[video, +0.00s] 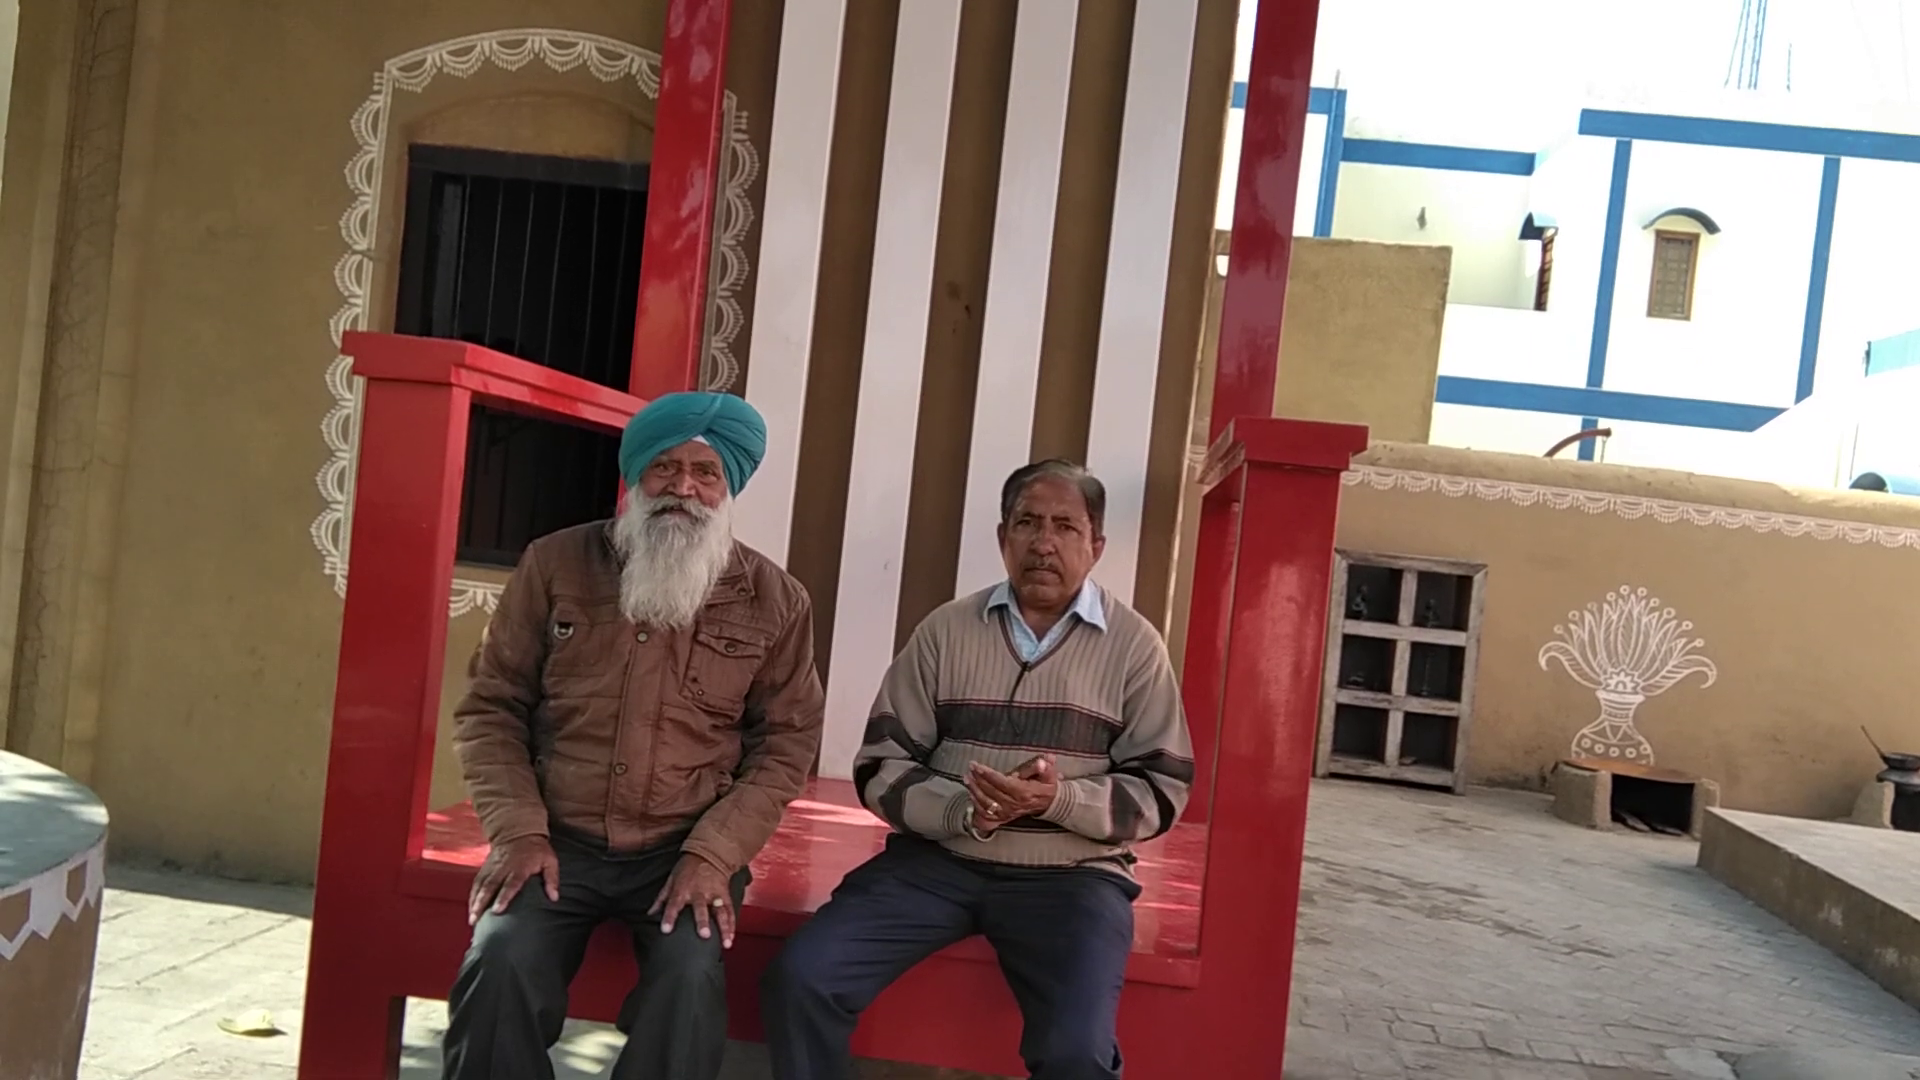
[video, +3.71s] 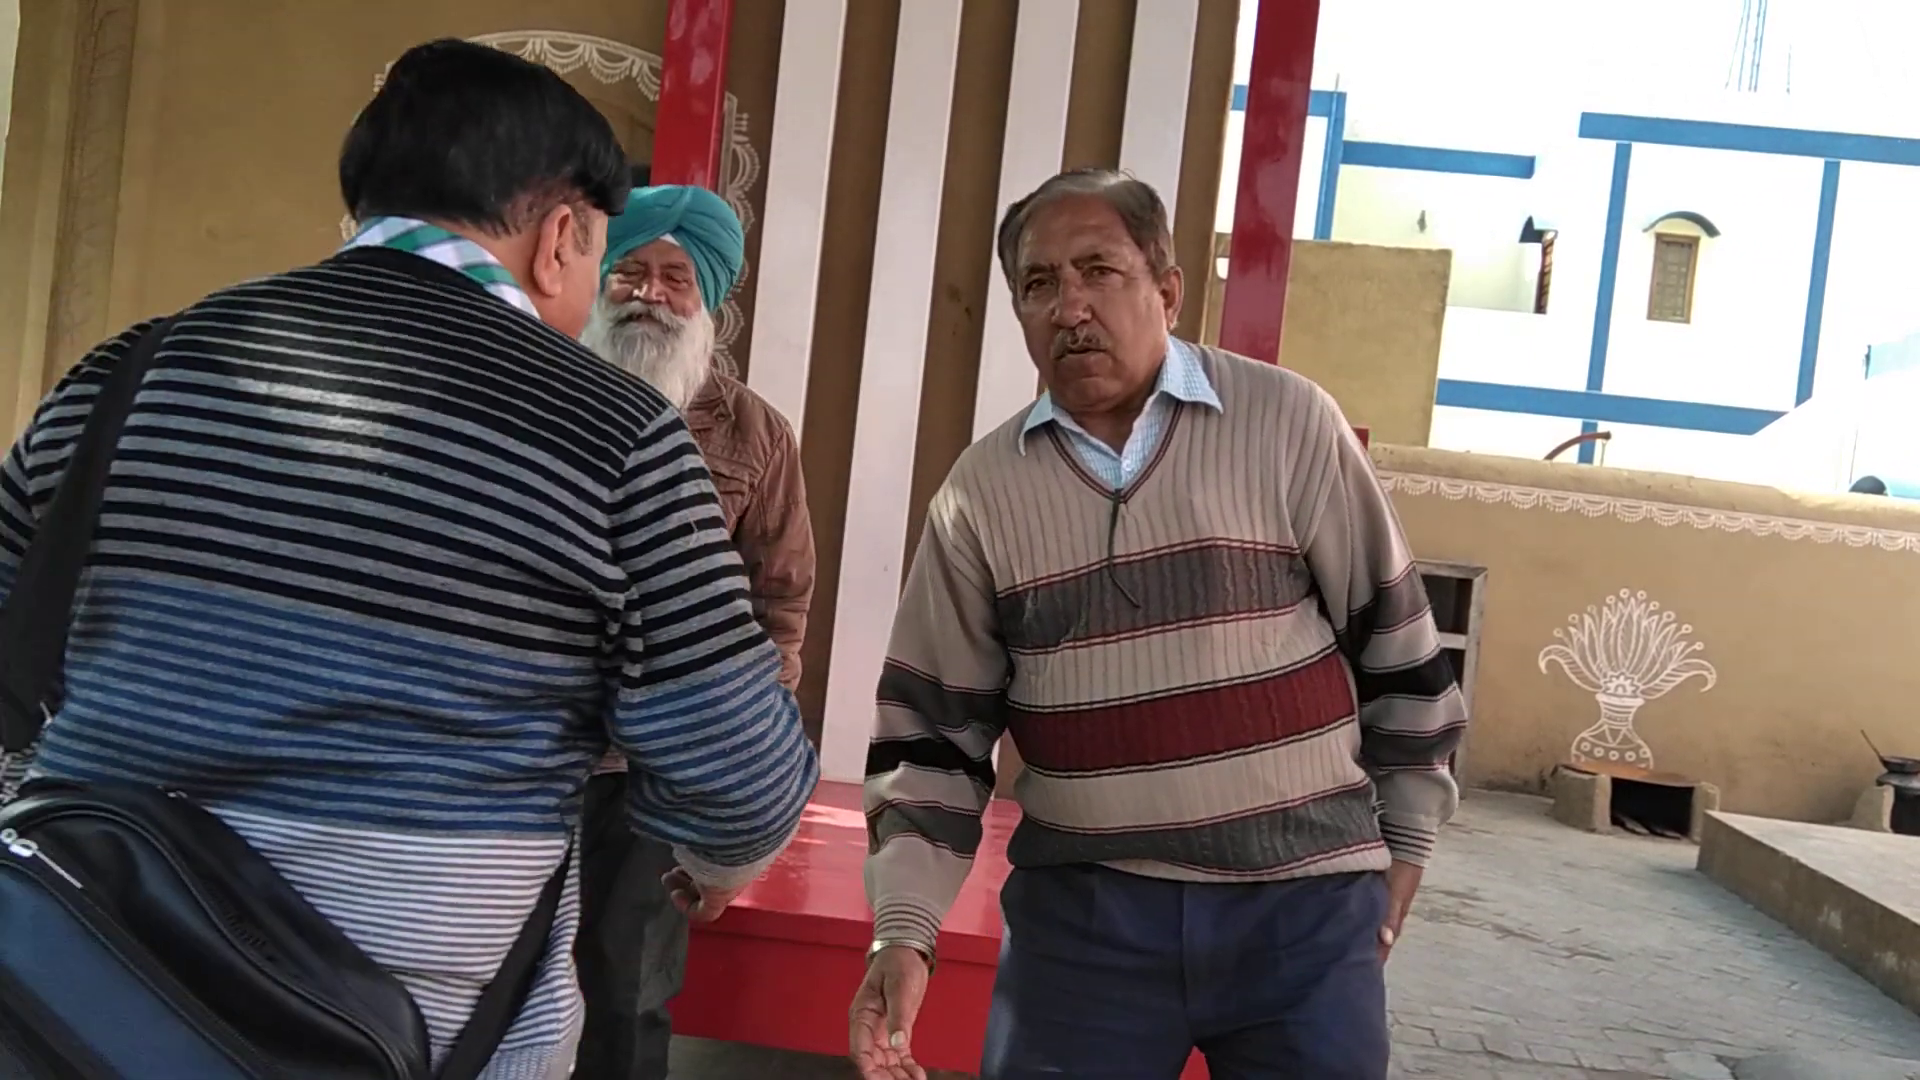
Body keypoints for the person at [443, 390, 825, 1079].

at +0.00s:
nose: (683, 487)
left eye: (706, 472)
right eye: (665, 468)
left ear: (729, 493)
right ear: (631, 483)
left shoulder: (775, 601)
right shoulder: (556, 565)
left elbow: (787, 747)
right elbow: (491, 706)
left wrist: (714, 853)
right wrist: (517, 828)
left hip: (685, 861)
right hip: (556, 849)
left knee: (690, 973)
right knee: (501, 961)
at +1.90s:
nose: (691, 495)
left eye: (710, 480)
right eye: (672, 476)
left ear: (730, 498)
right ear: (634, 488)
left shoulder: (771, 601)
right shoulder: (558, 566)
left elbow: (779, 742)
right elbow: (497, 701)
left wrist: (714, 852)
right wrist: (514, 824)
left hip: (684, 859)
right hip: (557, 846)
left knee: (685, 972)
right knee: (495, 960)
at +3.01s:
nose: (585, 430)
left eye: (610, 409)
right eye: (564, 407)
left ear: (650, 420)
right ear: (536, 414)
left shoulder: (718, 529)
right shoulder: (468, 503)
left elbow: (745, 697)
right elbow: (425, 667)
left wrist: (679, 851)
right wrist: (455, 827)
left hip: (646, 831)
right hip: (506, 823)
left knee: (636, 1018)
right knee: (454, 1005)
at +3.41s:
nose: (634, 308)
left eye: (661, 293)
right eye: (617, 286)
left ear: (699, 321)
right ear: (582, 298)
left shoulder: (747, 449)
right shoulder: (499, 407)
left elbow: (768, 633)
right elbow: (432, 584)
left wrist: (726, 792)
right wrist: (408, 744)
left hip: (652, 798)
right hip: (500, 784)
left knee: (627, 1029)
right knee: (460, 1024)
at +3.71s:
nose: (651, 291)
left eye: (678, 276)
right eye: (634, 268)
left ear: (712, 301)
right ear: (596, 278)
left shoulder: (753, 436)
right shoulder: (536, 400)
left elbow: (780, 627)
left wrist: (740, 810)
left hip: (657, 768)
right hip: (514, 755)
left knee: (629, 1005)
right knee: (504, 1004)